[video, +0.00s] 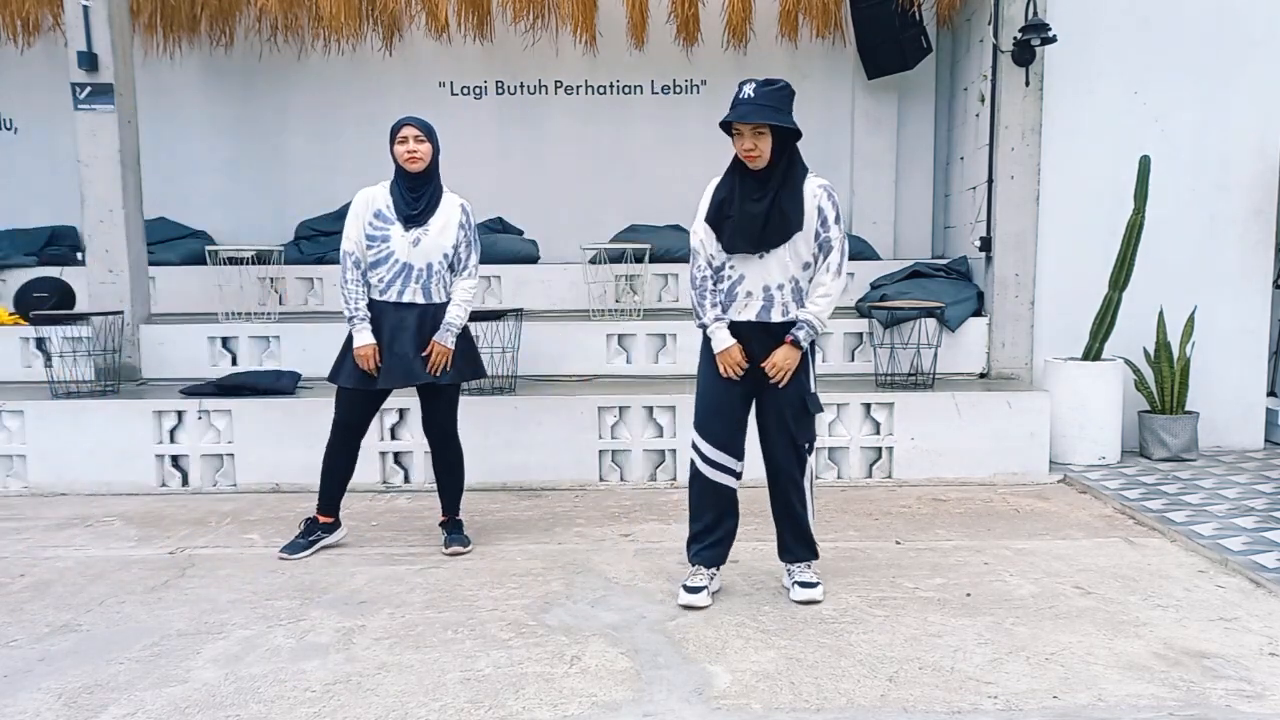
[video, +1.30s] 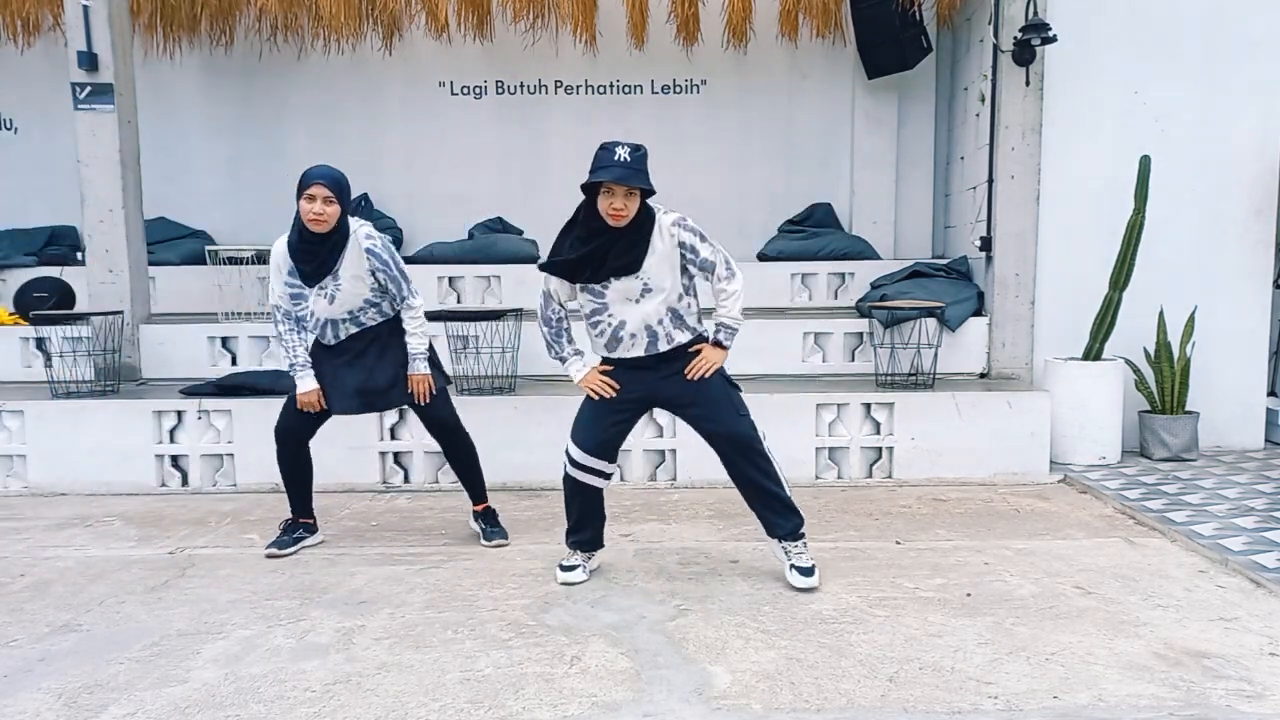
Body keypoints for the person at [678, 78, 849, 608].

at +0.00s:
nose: (746, 145)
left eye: (757, 135)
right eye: (739, 134)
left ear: (782, 135)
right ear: (730, 136)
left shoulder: (815, 194)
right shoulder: (717, 191)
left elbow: (833, 273)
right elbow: (700, 270)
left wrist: (798, 341)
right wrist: (719, 334)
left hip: (788, 342)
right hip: (725, 339)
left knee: (788, 458)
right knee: (712, 454)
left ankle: (799, 562)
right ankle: (703, 564)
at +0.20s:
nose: (765, 147)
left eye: (776, 137)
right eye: (756, 136)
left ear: (794, 139)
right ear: (742, 138)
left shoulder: (818, 199)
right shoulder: (717, 192)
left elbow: (836, 276)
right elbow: (696, 270)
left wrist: (795, 332)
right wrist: (717, 333)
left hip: (783, 339)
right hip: (719, 334)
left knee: (787, 452)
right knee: (686, 441)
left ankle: (800, 561)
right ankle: (657, 544)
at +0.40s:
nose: (751, 201)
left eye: (762, 190)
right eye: (741, 190)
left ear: (778, 194)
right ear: (726, 194)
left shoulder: (798, 252)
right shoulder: (700, 245)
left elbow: (808, 327)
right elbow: (671, 321)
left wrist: (767, 372)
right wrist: (693, 384)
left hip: (760, 378)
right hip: (691, 374)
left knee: (790, 462)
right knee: (640, 461)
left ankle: (799, 564)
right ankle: (591, 541)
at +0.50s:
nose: (711, 223)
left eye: (721, 212)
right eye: (700, 212)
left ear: (737, 214)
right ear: (687, 216)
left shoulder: (759, 267)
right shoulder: (664, 267)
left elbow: (782, 335)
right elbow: (642, 339)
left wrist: (739, 384)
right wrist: (670, 399)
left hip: (738, 392)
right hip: (671, 391)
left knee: (776, 465)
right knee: (620, 461)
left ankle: (799, 564)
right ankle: (583, 548)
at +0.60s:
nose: (658, 220)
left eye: (668, 209)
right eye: (648, 210)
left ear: (684, 211)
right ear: (634, 213)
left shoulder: (712, 255)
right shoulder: (616, 267)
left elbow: (747, 322)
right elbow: (612, 343)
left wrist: (714, 383)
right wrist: (647, 398)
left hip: (714, 387)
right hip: (647, 391)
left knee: (756, 462)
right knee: (600, 465)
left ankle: (796, 562)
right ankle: (584, 549)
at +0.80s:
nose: (599, 175)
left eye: (609, 164)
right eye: (589, 164)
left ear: (624, 165)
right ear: (574, 166)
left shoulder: (656, 207)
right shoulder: (566, 232)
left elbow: (691, 273)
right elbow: (573, 309)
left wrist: (683, 345)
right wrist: (608, 359)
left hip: (676, 346)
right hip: (613, 356)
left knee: (733, 441)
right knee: (588, 455)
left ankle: (797, 534)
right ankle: (581, 548)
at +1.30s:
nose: (617, 204)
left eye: (628, 194)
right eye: (608, 193)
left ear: (643, 194)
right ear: (593, 192)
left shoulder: (671, 230)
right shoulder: (573, 248)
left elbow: (727, 274)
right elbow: (552, 317)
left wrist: (721, 339)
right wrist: (579, 367)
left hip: (685, 362)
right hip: (616, 371)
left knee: (741, 440)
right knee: (582, 457)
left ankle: (790, 538)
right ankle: (582, 547)